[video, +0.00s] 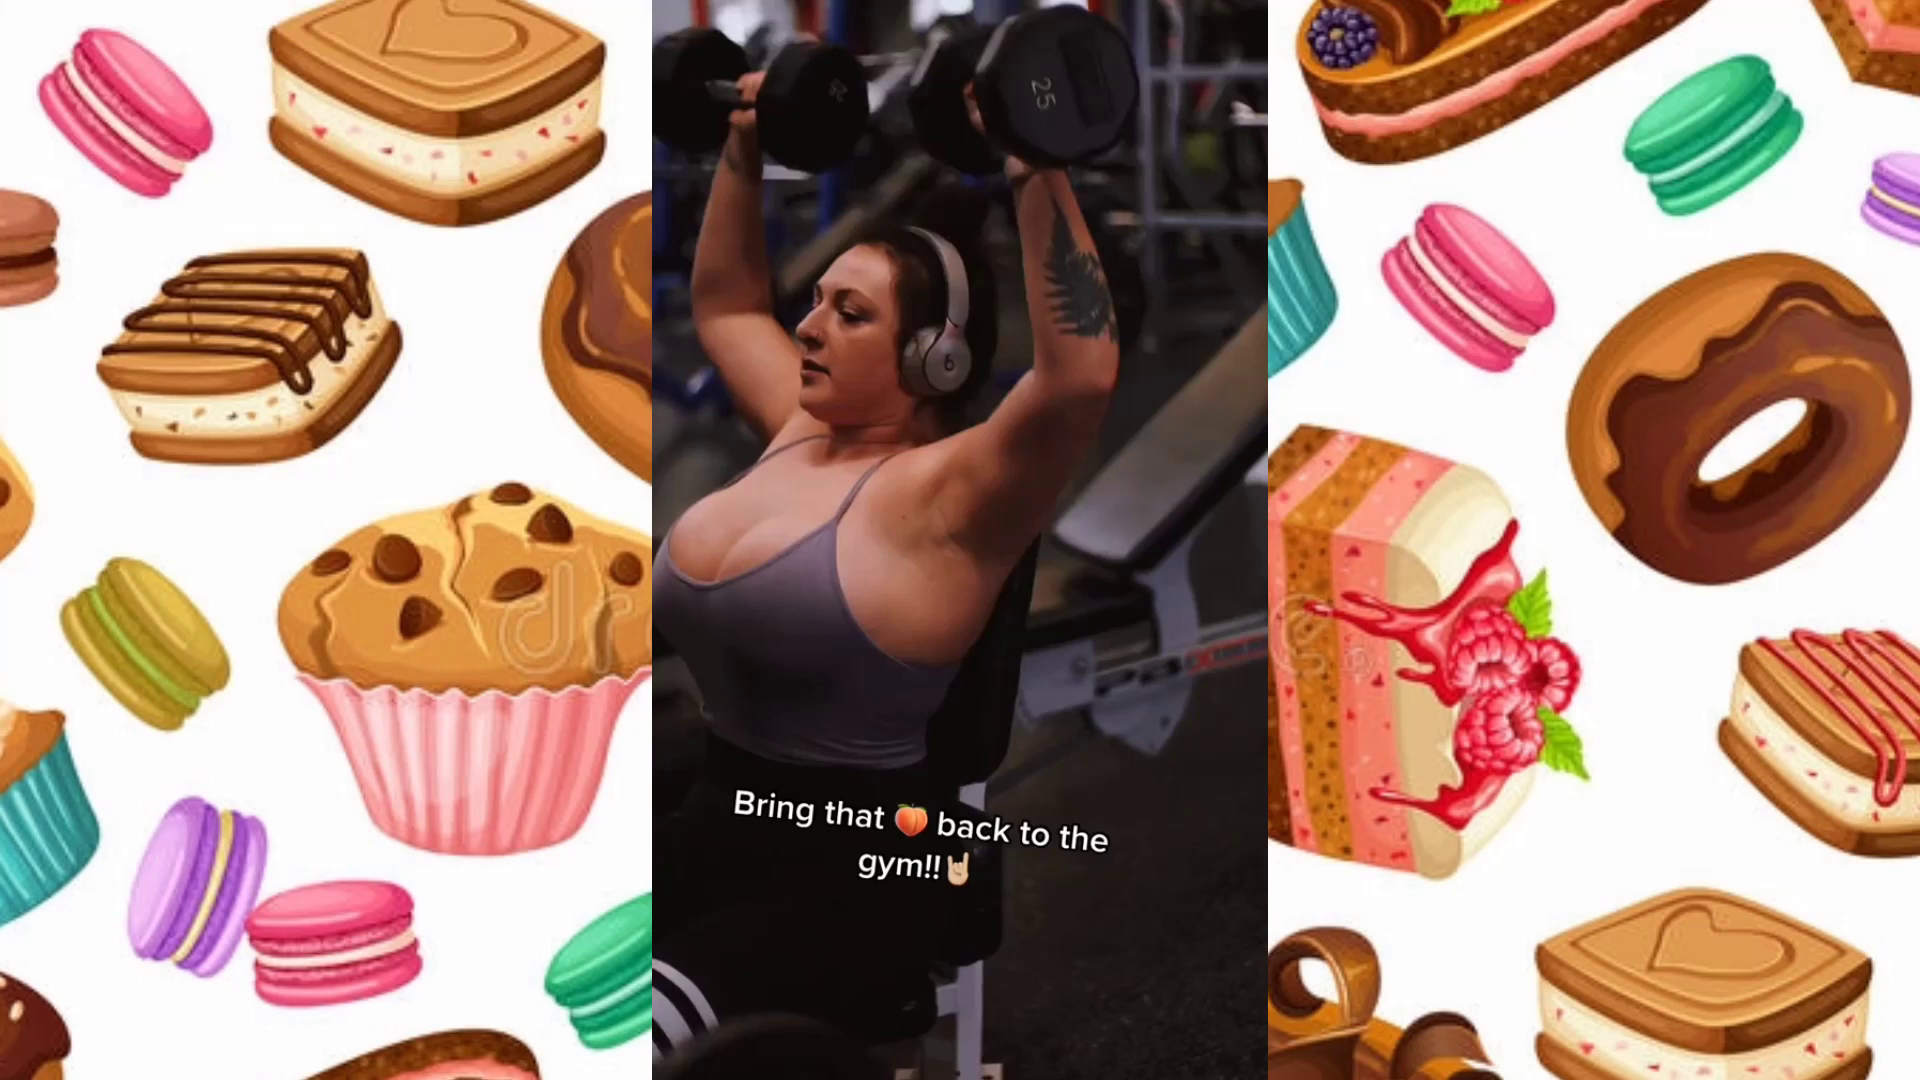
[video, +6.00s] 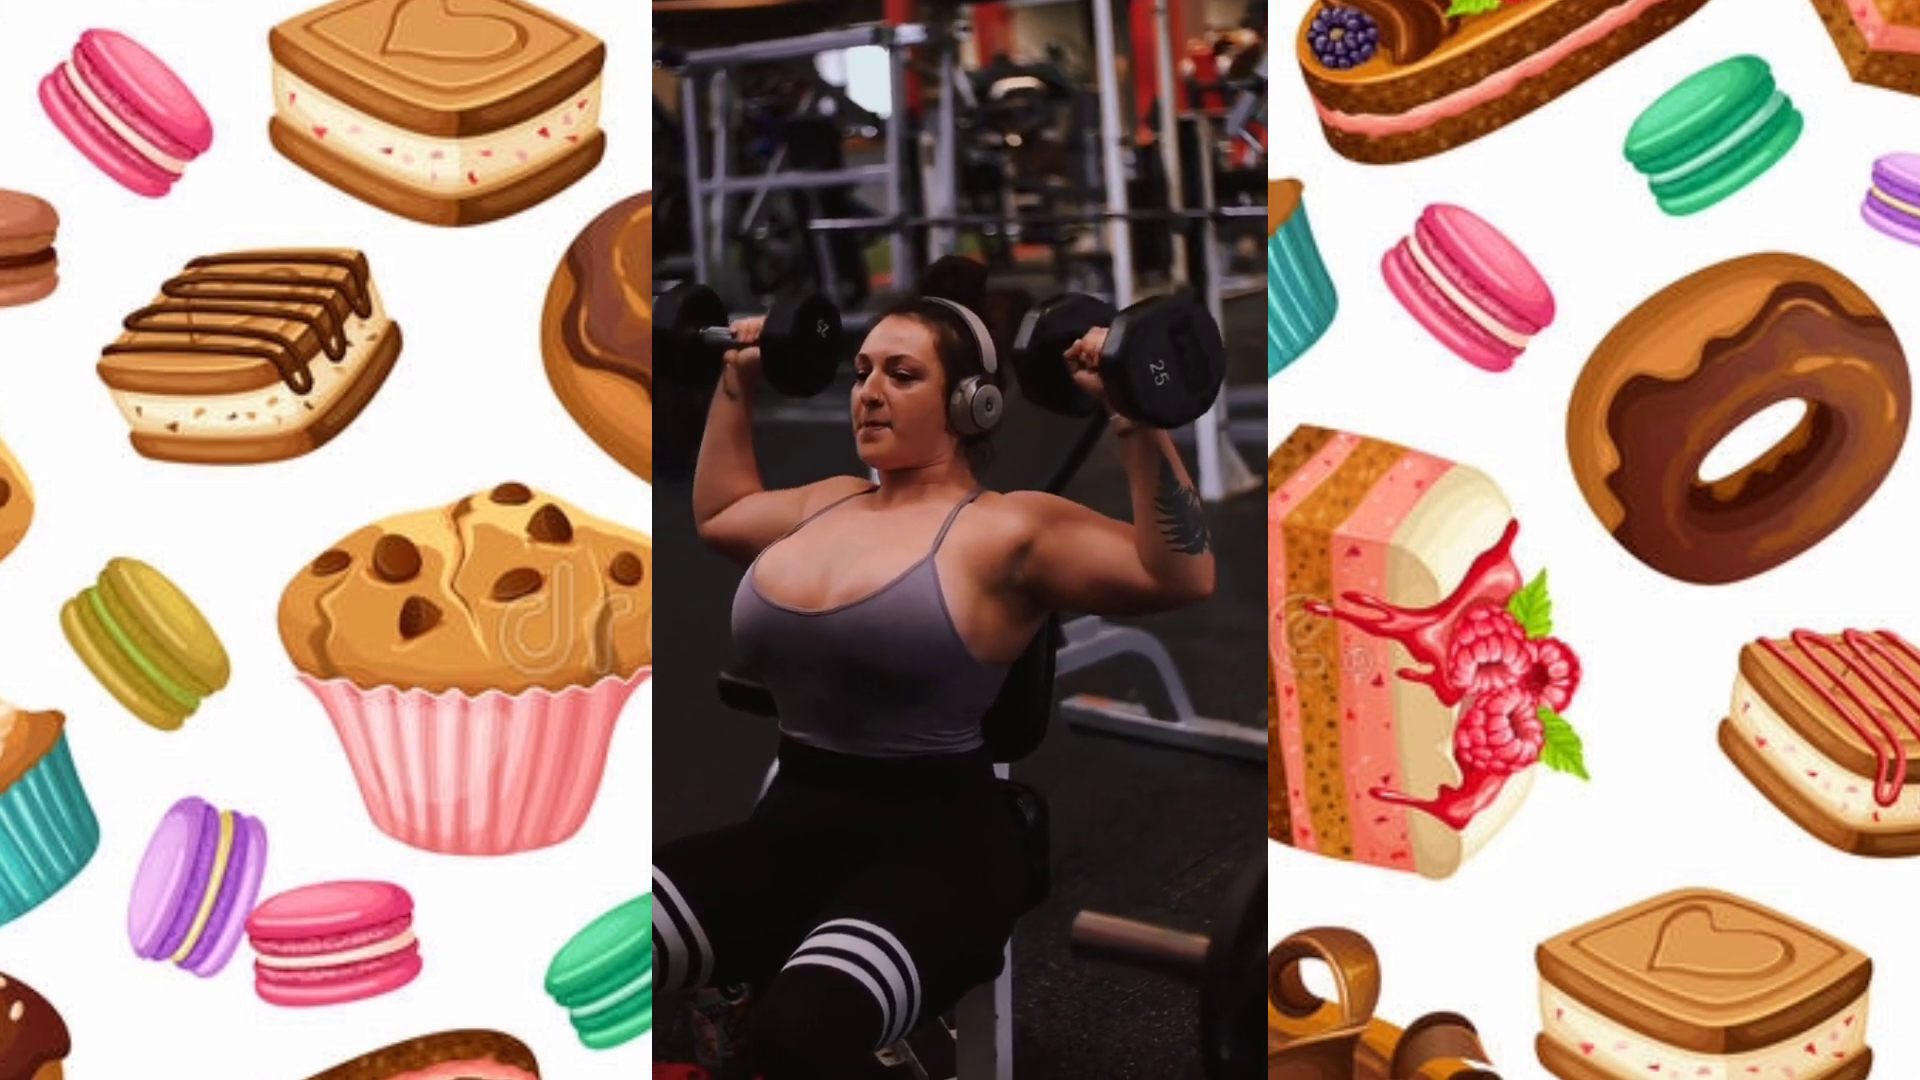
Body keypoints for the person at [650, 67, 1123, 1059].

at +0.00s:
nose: (811, 325)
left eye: (849, 311)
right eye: (818, 302)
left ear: (928, 355)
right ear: (806, 310)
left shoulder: (952, 497)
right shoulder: (801, 430)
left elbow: (1078, 377)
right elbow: (729, 306)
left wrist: (1033, 162)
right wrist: (742, 153)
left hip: (855, 875)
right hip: (725, 832)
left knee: (599, 1020)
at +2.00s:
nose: (839, 332)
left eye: (874, 316)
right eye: (836, 312)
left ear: (951, 351)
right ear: (826, 332)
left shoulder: (984, 485)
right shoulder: (801, 436)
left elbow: (1125, 381)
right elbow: (697, 333)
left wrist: (1082, 182)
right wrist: (720, 191)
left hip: (904, 851)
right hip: (756, 826)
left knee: (720, 1046)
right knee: (551, 944)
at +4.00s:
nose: (894, 435)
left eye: (927, 421)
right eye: (889, 417)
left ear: (982, 447)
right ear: (873, 438)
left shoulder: (1011, 549)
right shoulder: (853, 523)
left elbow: (1023, 377)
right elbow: (818, 362)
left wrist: (999, 208)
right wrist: (829, 200)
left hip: (946, 880)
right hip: (812, 864)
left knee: (825, 1043)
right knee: (606, 974)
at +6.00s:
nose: (869, 392)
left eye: (901, 375)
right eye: (863, 371)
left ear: (967, 401)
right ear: (851, 387)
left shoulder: (1009, 528)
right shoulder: (829, 501)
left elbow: (1180, 574)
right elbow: (718, 512)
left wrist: (1132, 412)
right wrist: (736, 377)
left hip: (940, 849)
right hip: (795, 831)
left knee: (799, 1028)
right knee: (601, 940)